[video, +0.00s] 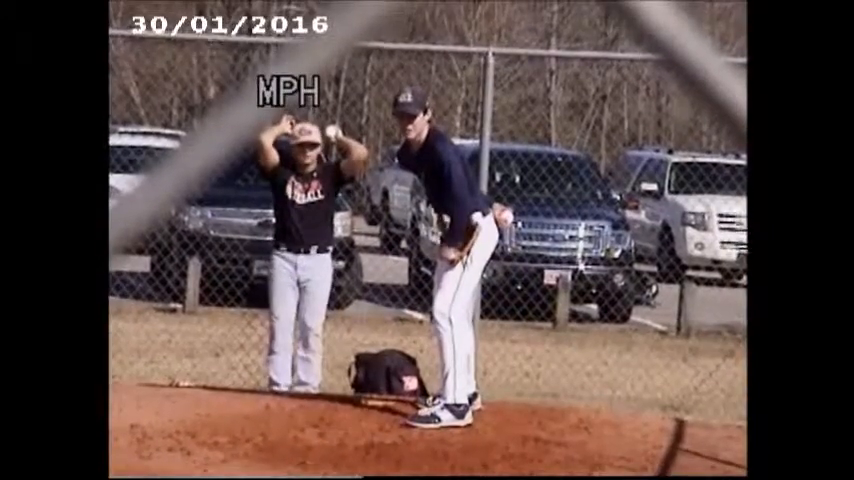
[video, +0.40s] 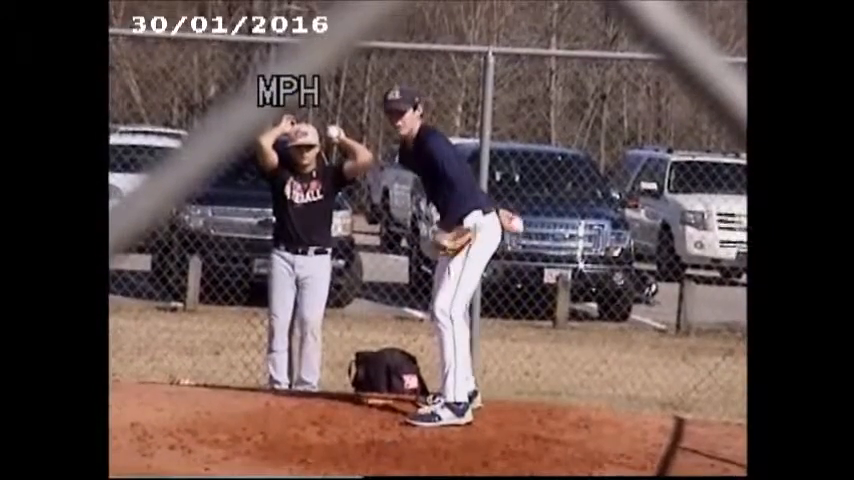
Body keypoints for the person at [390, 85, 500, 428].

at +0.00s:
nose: (407, 124)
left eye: (413, 117)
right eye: (402, 118)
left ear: (428, 116)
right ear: (396, 119)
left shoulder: (441, 149)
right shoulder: (409, 151)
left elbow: (461, 200)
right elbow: (442, 186)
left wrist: (455, 243)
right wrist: (488, 207)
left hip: (475, 225)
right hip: (457, 225)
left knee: (445, 312)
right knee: (456, 313)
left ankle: (456, 401)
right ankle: (465, 391)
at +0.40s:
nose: (397, 120)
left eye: (403, 113)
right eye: (392, 115)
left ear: (418, 111)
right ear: (389, 118)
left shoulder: (432, 141)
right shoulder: (411, 149)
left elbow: (460, 185)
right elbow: (455, 186)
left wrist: (444, 228)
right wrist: (493, 211)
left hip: (477, 224)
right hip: (459, 226)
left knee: (447, 310)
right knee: (444, 310)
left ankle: (456, 400)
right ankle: (463, 389)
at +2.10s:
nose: (417, 101)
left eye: (421, 93)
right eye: (415, 95)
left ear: (440, 88)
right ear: (435, 92)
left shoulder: (438, 121)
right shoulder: (457, 115)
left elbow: (409, 170)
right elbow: (419, 158)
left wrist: (391, 134)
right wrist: (403, 125)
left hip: (467, 217)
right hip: (477, 214)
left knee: (440, 305)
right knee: (443, 305)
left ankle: (455, 393)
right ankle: (461, 387)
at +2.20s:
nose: (419, 96)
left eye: (424, 90)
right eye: (417, 91)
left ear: (443, 87)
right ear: (436, 92)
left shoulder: (438, 120)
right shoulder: (458, 116)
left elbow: (409, 169)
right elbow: (418, 159)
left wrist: (392, 134)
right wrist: (402, 129)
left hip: (469, 217)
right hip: (480, 214)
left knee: (442, 307)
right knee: (448, 306)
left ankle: (455, 394)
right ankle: (462, 388)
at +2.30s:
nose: (420, 96)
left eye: (426, 89)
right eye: (418, 90)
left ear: (445, 88)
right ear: (438, 91)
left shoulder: (439, 120)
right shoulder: (457, 116)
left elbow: (409, 169)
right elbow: (417, 160)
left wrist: (392, 133)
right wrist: (401, 129)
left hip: (469, 217)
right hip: (480, 214)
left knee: (443, 307)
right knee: (448, 307)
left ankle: (455, 395)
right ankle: (462, 388)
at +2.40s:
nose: (421, 95)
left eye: (426, 89)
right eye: (419, 90)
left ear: (446, 87)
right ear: (438, 91)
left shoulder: (440, 120)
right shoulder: (459, 116)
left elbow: (409, 168)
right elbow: (419, 159)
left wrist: (393, 133)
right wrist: (403, 127)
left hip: (470, 216)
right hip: (481, 214)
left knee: (443, 307)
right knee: (449, 306)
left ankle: (456, 394)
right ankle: (462, 388)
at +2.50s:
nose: (420, 95)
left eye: (426, 88)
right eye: (418, 89)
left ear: (446, 87)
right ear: (437, 92)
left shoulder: (439, 120)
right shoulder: (458, 115)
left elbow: (409, 169)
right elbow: (421, 160)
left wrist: (393, 135)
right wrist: (403, 130)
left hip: (469, 216)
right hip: (481, 214)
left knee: (443, 307)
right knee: (448, 306)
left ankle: (455, 394)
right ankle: (462, 388)